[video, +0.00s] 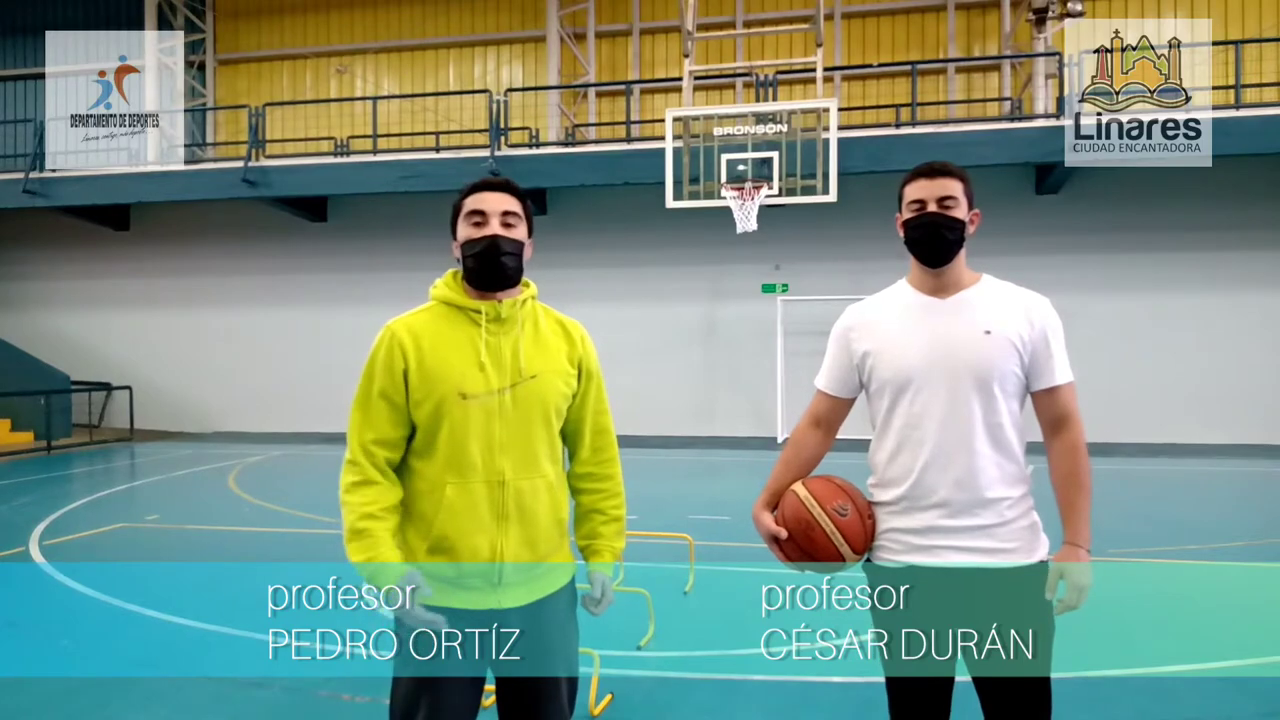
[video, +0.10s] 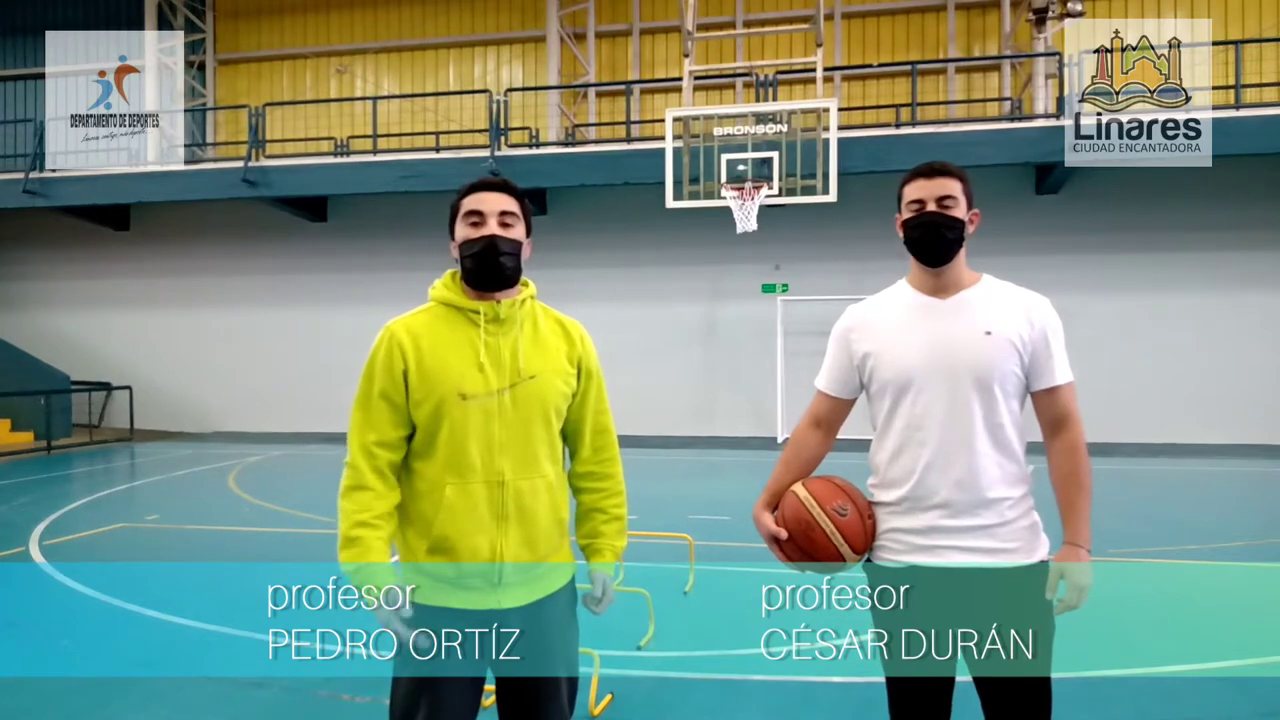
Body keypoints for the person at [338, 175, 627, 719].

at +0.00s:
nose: (493, 230)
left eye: (509, 221)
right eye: (476, 220)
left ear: (527, 245)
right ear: (454, 244)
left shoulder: (567, 340)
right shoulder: (407, 339)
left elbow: (596, 459)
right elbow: (369, 464)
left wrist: (601, 555)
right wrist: (382, 566)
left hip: (542, 592)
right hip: (438, 595)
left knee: (548, 713)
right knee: (431, 714)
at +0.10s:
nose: (490, 230)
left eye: (507, 221)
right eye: (473, 220)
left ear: (526, 245)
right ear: (453, 244)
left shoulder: (567, 340)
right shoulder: (406, 340)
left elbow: (597, 458)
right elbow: (370, 464)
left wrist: (603, 555)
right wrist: (370, 570)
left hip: (543, 591)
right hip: (439, 593)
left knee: (548, 712)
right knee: (431, 714)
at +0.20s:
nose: (488, 231)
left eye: (504, 221)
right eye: (471, 221)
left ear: (524, 245)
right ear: (451, 244)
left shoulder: (566, 340)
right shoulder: (405, 341)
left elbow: (597, 457)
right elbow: (371, 466)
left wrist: (604, 554)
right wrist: (363, 579)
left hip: (543, 591)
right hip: (438, 593)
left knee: (548, 712)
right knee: (431, 713)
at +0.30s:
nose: (486, 231)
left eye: (502, 221)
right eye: (468, 221)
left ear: (522, 245)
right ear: (448, 245)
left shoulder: (564, 339)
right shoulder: (404, 343)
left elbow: (596, 455)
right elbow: (370, 470)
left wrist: (604, 552)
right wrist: (364, 588)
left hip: (543, 592)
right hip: (438, 596)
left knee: (549, 712)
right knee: (431, 714)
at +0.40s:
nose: (482, 231)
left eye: (499, 220)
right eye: (464, 221)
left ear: (519, 243)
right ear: (445, 245)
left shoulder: (562, 337)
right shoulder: (401, 344)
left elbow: (596, 454)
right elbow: (366, 470)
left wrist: (604, 551)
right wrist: (366, 587)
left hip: (542, 593)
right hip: (438, 596)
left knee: (549, 712)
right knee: (431, 714)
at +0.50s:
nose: (478, 231)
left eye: (495, 221)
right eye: (460, 222)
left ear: (515, 244)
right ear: (441, 247)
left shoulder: (560, 336)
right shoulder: (397, 345)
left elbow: (594, 452)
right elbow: (363, 472)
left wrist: (604, 548)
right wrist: (364, 581)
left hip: (542, 591)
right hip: (438, 595)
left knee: (548, 712)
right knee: (430, 714)